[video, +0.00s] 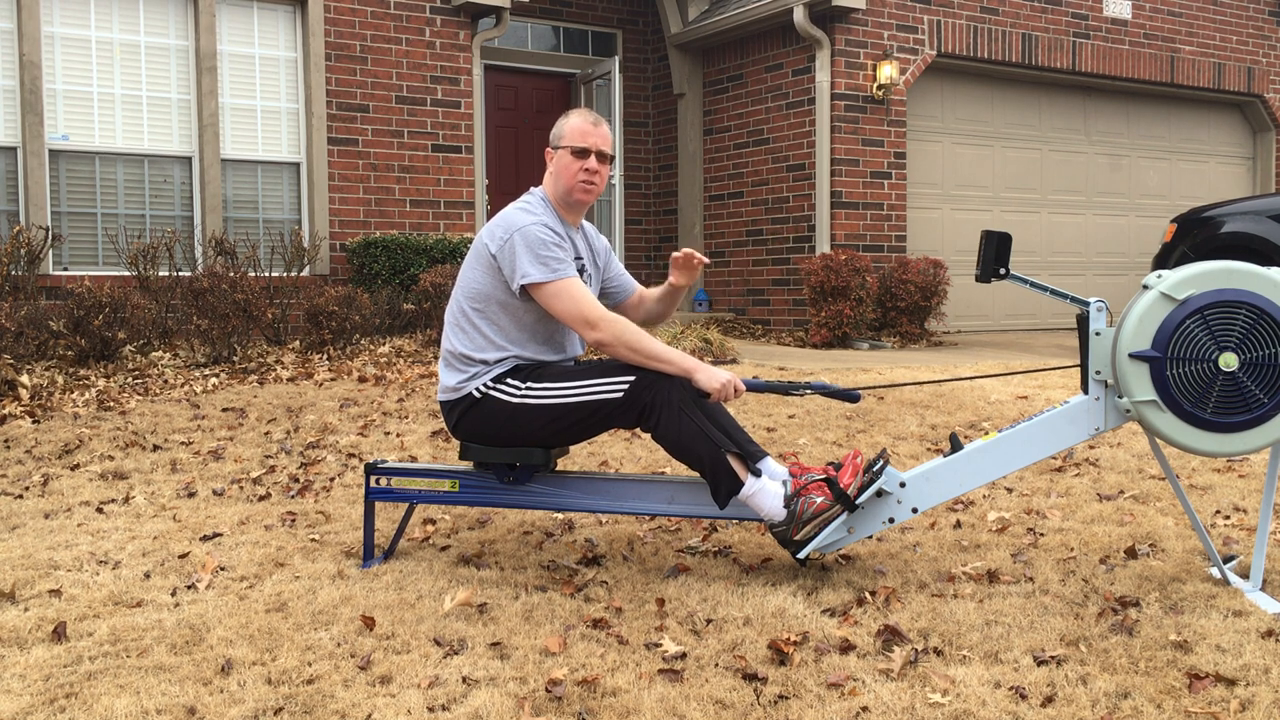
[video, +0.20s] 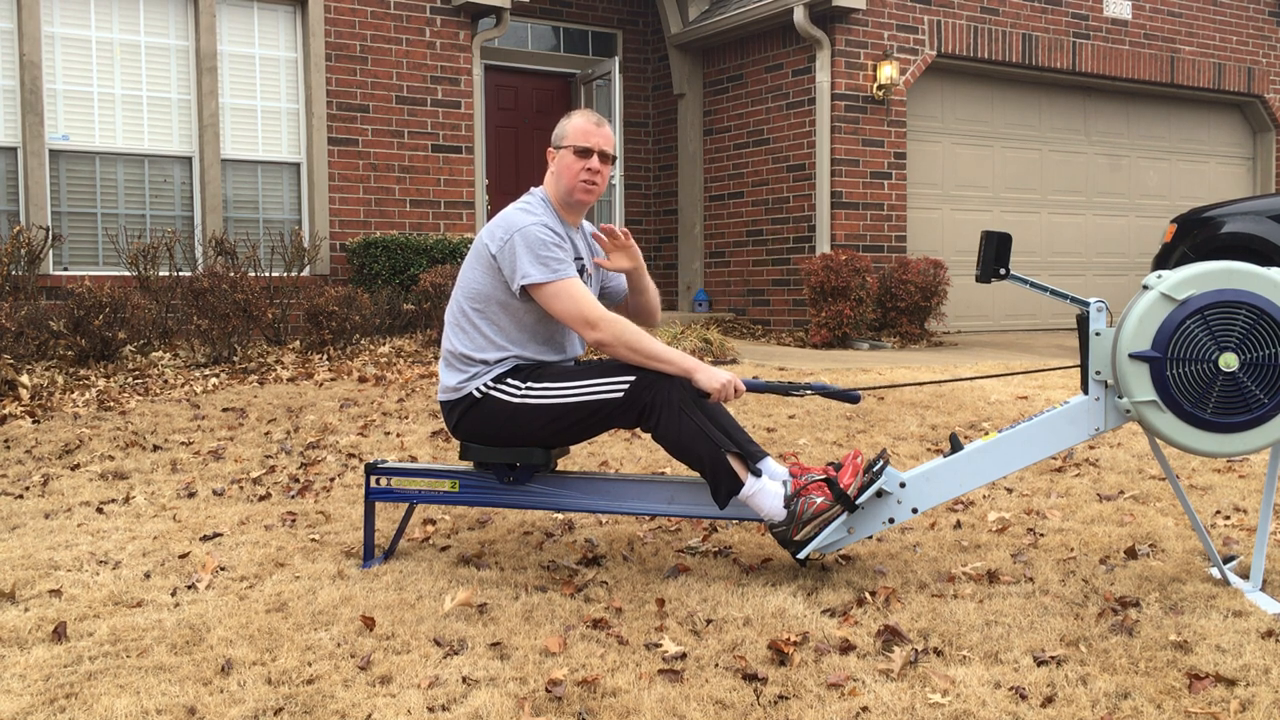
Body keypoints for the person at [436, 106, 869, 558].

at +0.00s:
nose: (593, 167)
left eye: (603, 159)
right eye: (580, 154)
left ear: (610, 171)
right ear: (549, 158)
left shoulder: (586, 236)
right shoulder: (525, 225)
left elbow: (642, 311)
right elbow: (593, 327)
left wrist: (675, 287)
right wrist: (699, 371)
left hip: (539, 376)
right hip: (487, 390)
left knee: (675, 378)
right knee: (650, 388)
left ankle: (787, 483)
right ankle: (776, 509)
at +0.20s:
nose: (595, 168)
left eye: (605, 160)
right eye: (582, 154)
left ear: (611, 171)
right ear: (551, 158)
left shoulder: (586, 234)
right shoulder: (526, 226)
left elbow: (645, 324)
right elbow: (593, 327)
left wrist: (635, 269)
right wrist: (699, 370)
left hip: (538, 376)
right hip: (487, 390)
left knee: (674, 378)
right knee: (650, 388)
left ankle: (788, 484)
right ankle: (776, 510)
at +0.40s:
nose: (596, 170)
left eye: (607, 162)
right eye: (584, 155)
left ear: (612, 173)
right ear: (552, 158)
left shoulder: (588, 237)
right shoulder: (526, 226)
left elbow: (648, 328)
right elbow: (594, 329)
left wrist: (637, 288)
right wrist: (699, 370)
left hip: (539, 376)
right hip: (486, 389)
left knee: (674, 378)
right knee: (650, 388)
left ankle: (787, 484)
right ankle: (775, 510)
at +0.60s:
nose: (596, 170)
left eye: (607, 162)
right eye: (584, 155)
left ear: (613, 173)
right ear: (553, 159)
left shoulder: (588, 236)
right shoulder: (525, 227)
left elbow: (647, 296)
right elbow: (595, 330)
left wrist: (673, 302)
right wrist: (699, 371)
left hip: (539, 377)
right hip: (486, 391)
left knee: (675, 379)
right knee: (650, 388)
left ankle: (785, 484)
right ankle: (776, 509)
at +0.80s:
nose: (594, 168)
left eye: (605, 160)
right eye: (582, 154)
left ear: (612, 172)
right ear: (551, 159)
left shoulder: (594, 238)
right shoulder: (526, 227)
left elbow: (662, 291)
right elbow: (597, 330)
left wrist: (743, 294)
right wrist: (699, 371)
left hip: (540, 377)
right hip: (487, 391)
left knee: (676, 379)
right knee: (651, 388)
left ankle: (786, 485)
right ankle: (775, 509)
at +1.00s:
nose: (593, 167)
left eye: (604, 159)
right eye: (580, 154)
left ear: (611, 171)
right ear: (550, 159)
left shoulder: (594, 236)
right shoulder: (525, 227)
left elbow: (670, 285)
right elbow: (596, 328)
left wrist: (759, 275)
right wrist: (699, 370)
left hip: (542, 376)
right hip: (487, 391)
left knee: (677, 378)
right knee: (651, 388)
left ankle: (786, 483)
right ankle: (775, 509)